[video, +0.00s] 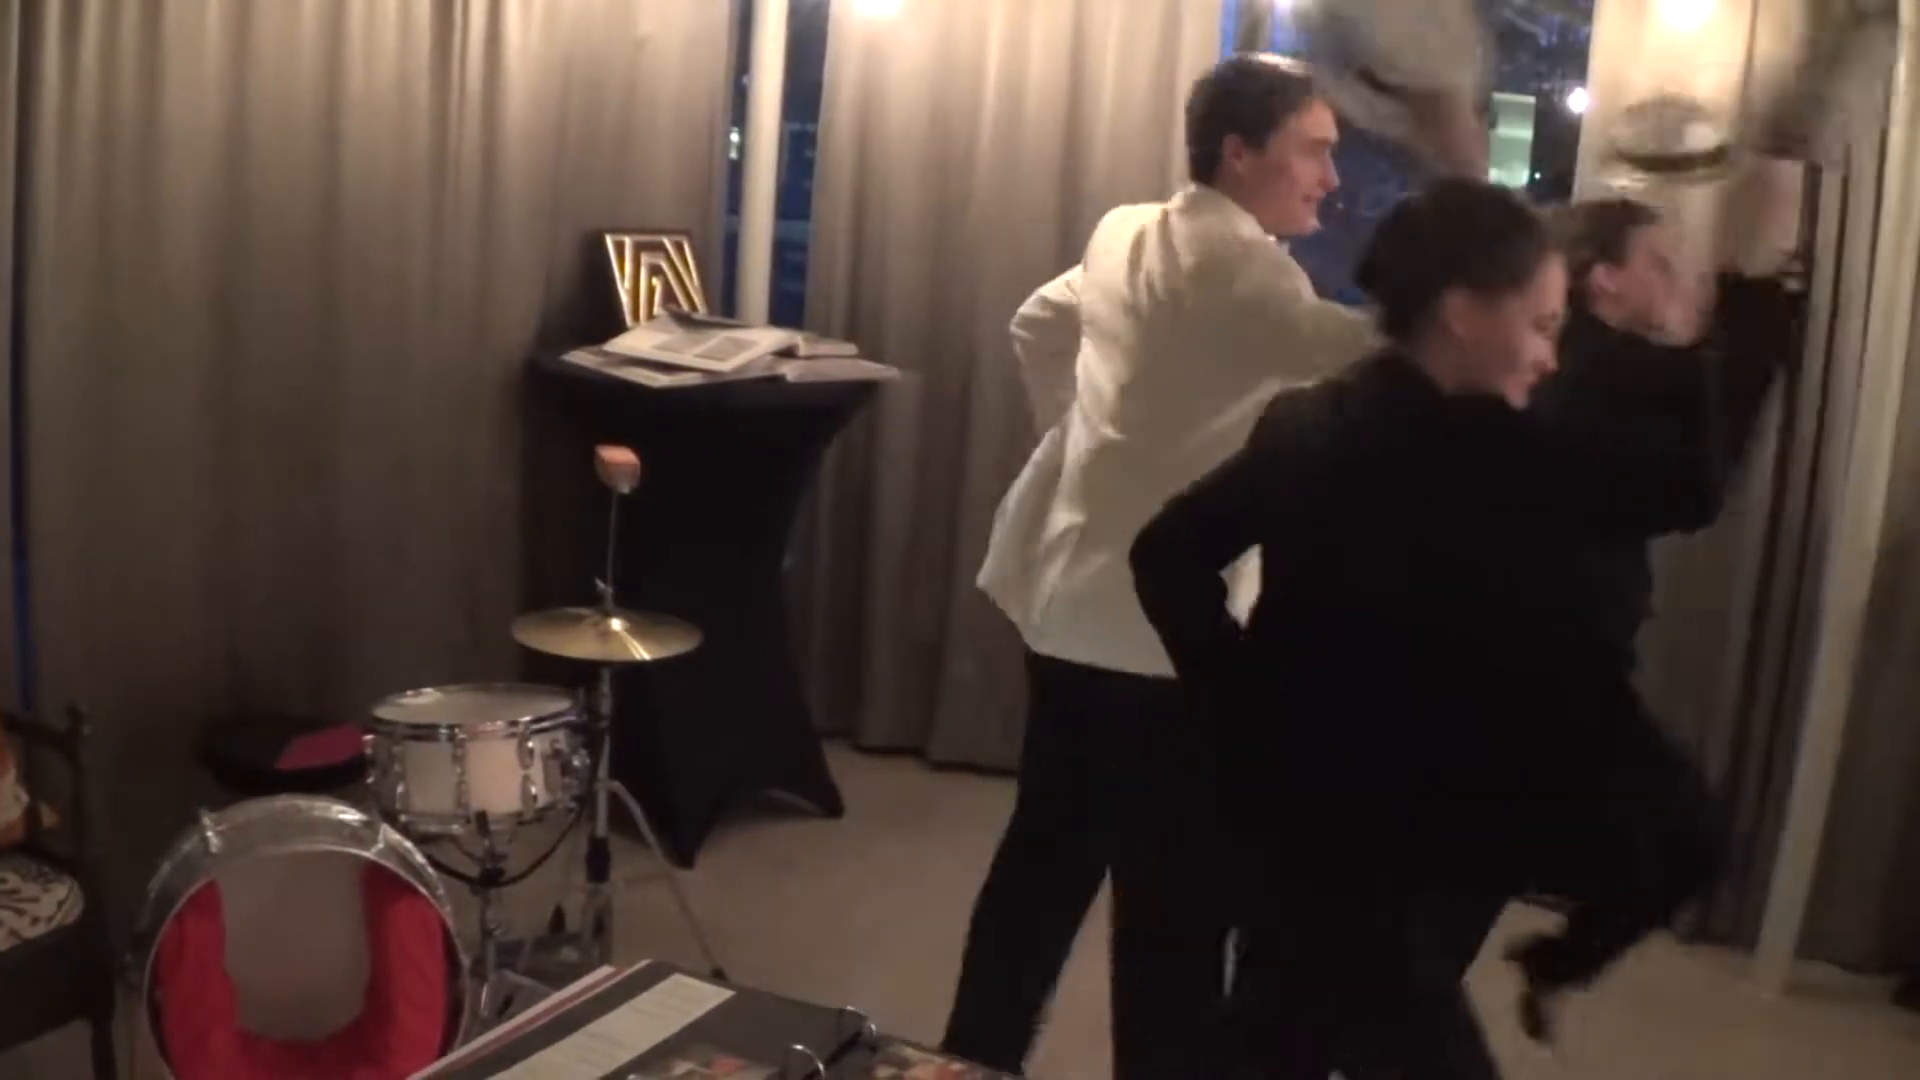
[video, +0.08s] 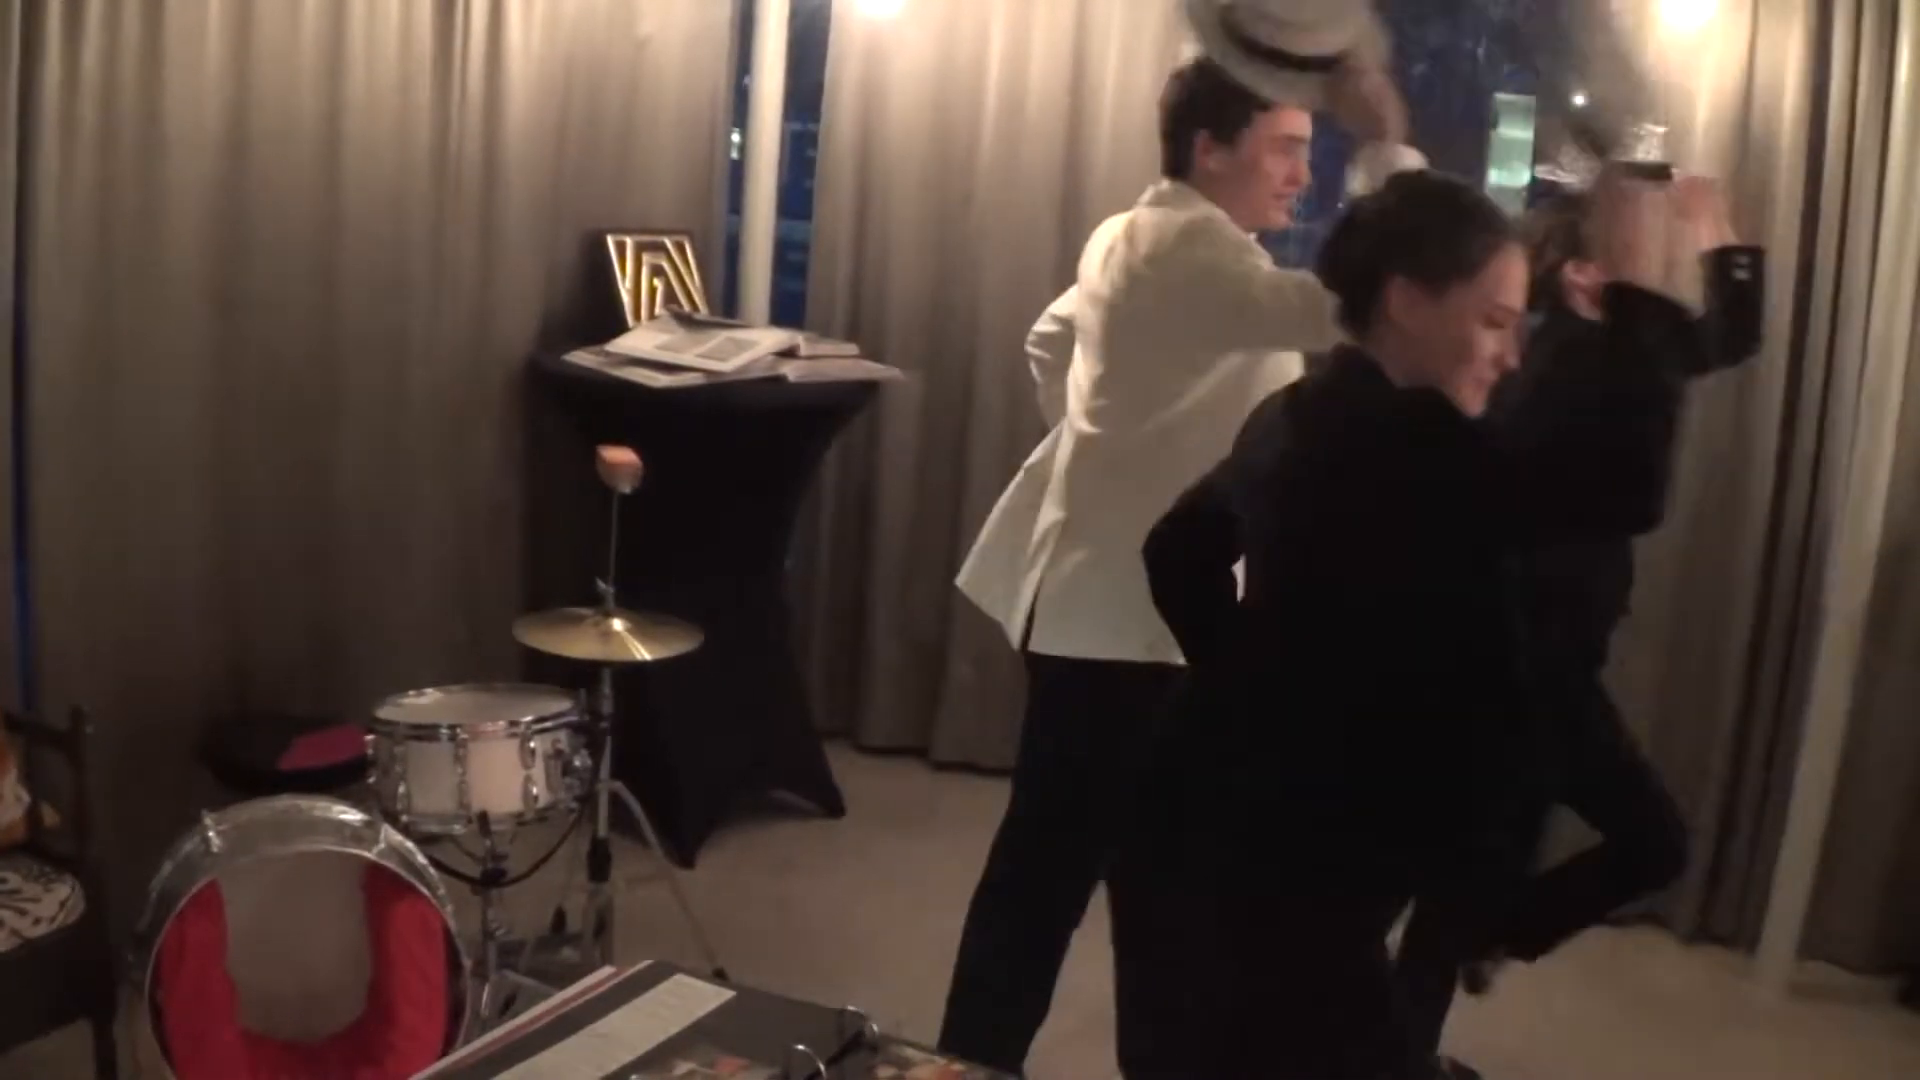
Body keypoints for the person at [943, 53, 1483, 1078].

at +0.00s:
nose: (1331, 178)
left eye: (1331, 154)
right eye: (1314, 153)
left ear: (1228, 157)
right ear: (1239, 154)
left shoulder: (1128, 235)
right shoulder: (1252, 284)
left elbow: (1036, 326)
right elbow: (1399, 347)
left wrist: (1082, 442)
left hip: (1060, 599)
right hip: (1150, 631)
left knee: (1048, 848)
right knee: (1177, 897)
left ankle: (977, 1057)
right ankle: (1167, 1072)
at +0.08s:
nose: (1301, 173)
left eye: (1305, 151)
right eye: (1285, 147)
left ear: (1209, 150)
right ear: (1212, 147)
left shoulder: (1123, 237)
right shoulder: (1204, 254)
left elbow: (1050, 338)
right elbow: (1370, 305)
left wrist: (1088, 450)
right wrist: (1387, 144)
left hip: (1075, 601)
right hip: (1129, 621)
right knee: (1050, 862)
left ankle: (977, 1055)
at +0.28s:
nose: (1231, 172)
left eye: (1235, 151)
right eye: (1214, 146)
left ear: (1162, 145)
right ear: (1140, 141)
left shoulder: (1154, 242)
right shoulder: (1108, 239)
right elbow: (1237, 279)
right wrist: (1260, 146)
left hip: (1136, 605)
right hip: (1090, 610)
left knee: (1127, 845)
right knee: (1054, 851)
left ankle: (1058, 1014)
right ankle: (980, 1048)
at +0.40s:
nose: (1204, 175)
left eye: (1209, 155)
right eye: (1187, 150)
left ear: (1136, 142)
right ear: (1119, 141)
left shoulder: (1111, 236)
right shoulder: (1083, 241)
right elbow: (1212, 273)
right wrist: (1236, 143)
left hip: (1105, 609)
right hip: (1081, 621)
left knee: (1059, 883)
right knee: (1048, 882)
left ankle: (990, 1053)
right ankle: (982, 1056)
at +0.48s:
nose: (1187, 172)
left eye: (1195, 151)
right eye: (1167, 146)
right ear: (1099, 136)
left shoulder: (1115, 238)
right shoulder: (1065, 241)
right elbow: (1185, 280)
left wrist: (1230, 144)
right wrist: (1219, 148)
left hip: (1103, 610)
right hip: (1071, 620)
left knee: (1056, 891)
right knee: (1041, 889)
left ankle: (992, 1054)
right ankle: (984, 1058)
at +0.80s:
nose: (1149, 152)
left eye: (1152, 132)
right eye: (1133, 131)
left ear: (1065, 138)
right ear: (1063, 132)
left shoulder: (1063, 228)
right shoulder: (1059, 245)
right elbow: (1199, 284)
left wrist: (1203, 157)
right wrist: (1210, 149)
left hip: (1051, 602)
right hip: (1057, 619)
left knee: (1036, 864)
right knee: (1053, 872)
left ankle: (987, 1048)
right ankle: (990, 1049)